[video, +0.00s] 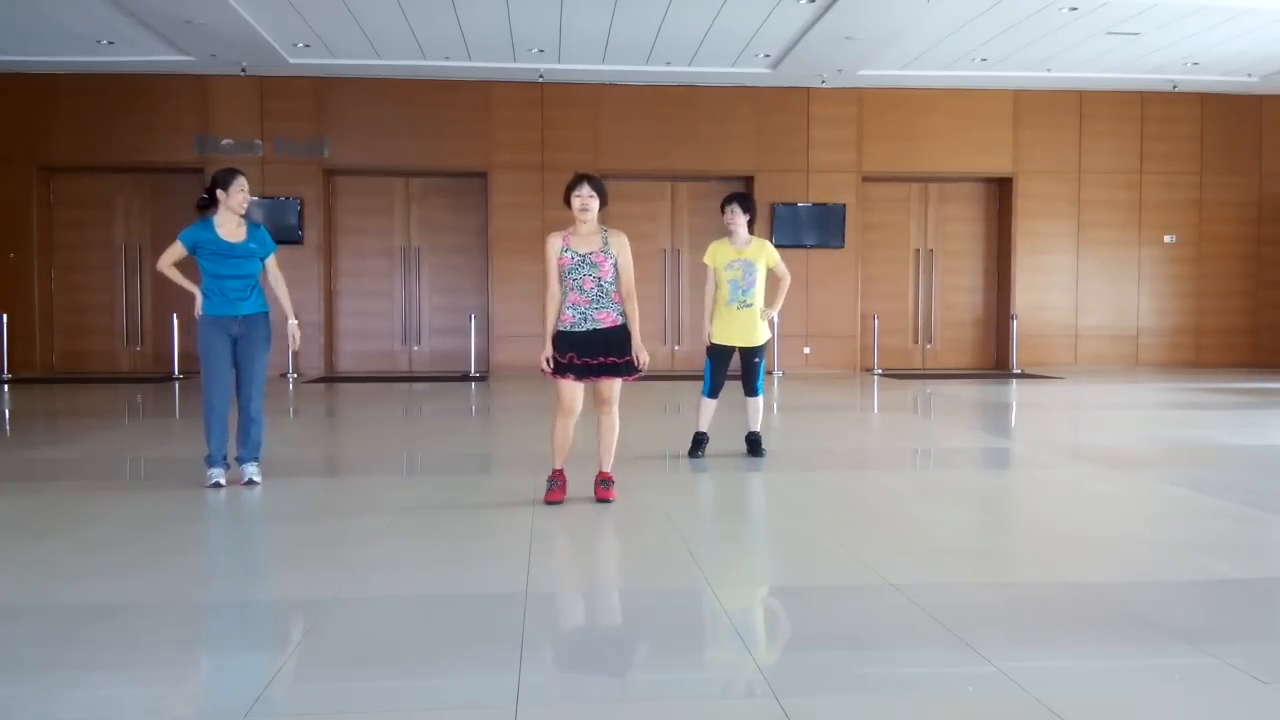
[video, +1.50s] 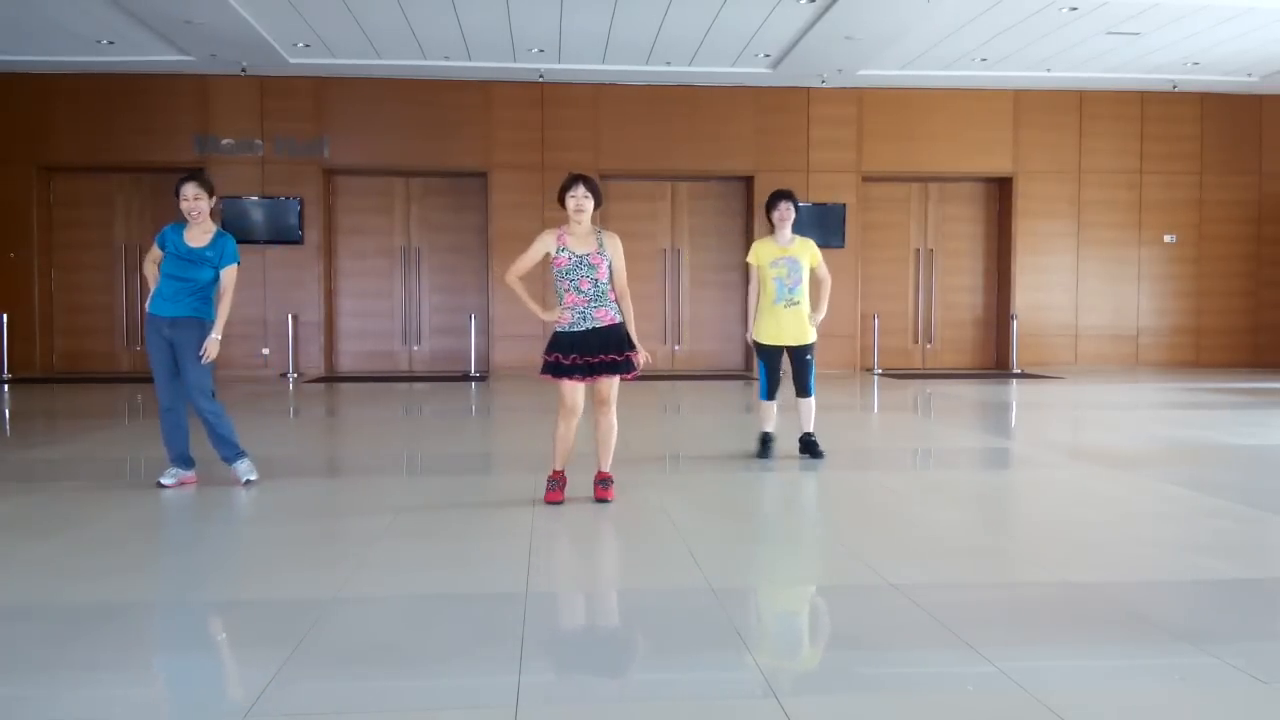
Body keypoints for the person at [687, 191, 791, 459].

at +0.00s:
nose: (729, 217)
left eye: (735, 212)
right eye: (726, 212)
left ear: (747, 216)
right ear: (722, 217)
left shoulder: (763, 248)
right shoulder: (716, 248)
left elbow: (785, 277)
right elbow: (710, 287)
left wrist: (775, 307)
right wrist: (706, 322)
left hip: (753, 327)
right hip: (721, 327)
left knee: (753, 387)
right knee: (711, 386)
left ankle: (754, 436)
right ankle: (700, 436)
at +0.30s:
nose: (728, 219)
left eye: (733, 214)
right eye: (724, 215)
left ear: (745, 217)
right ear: (721, 218)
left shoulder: (761, 249)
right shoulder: (713, 248)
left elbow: (782, 280)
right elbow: (706, 285)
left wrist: (771, 309)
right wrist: (701, 321)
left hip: (749, 327)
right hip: (716, 326)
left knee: (750, 386)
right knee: (705, 385)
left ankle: (754, 436)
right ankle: (694, 432)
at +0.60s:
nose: (720, 220)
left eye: (725, 216)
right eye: (716, 215)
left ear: (734, 220)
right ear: (710, 219)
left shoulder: (744, 252)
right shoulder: (696, 249)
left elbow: (761, 285)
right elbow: (686, 287)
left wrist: (752, 313)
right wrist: (681, 322)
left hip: (732, 329)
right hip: (699, 328)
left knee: (742, 386)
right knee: (697, 385)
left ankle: (751, 435)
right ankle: (691, 434)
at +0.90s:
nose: (730, 222)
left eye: (735, 217)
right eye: (725, 217)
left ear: (740, 222)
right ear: (715, 219)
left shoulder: (746, 253)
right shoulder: (699, 250)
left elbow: (760, 284)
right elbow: (686, 282)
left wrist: (754, 314)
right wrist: (676, 307)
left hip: (736, 328)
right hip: (703, 328)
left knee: (754, 383)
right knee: (699, 385)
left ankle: (771, 435)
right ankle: (692, 434)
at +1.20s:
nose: (760, 222)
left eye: (765, 218)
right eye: (754, 218)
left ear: (771, 223)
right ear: (745, 223)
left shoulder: (781, 256)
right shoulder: (734, 254)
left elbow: (795, 287)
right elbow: (719, 291)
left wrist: (789, 317)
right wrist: (712, 323)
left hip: (772, 331)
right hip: (737, 331)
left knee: (791, 382)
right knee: (721, 384)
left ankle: (805, 438)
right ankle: (697, 433)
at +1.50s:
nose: (783, 213)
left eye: (788, 208)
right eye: (778, 208)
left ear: (795, 213)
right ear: (770, 214)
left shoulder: (807, 246)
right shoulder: (759, 248)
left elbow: (825, 278)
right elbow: (753, 288)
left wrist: (820, 313)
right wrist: (751, 325)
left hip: (800, 327)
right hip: (767, 327)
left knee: (806, 387)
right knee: (768, 387)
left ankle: (808, 437)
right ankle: (766, 437)